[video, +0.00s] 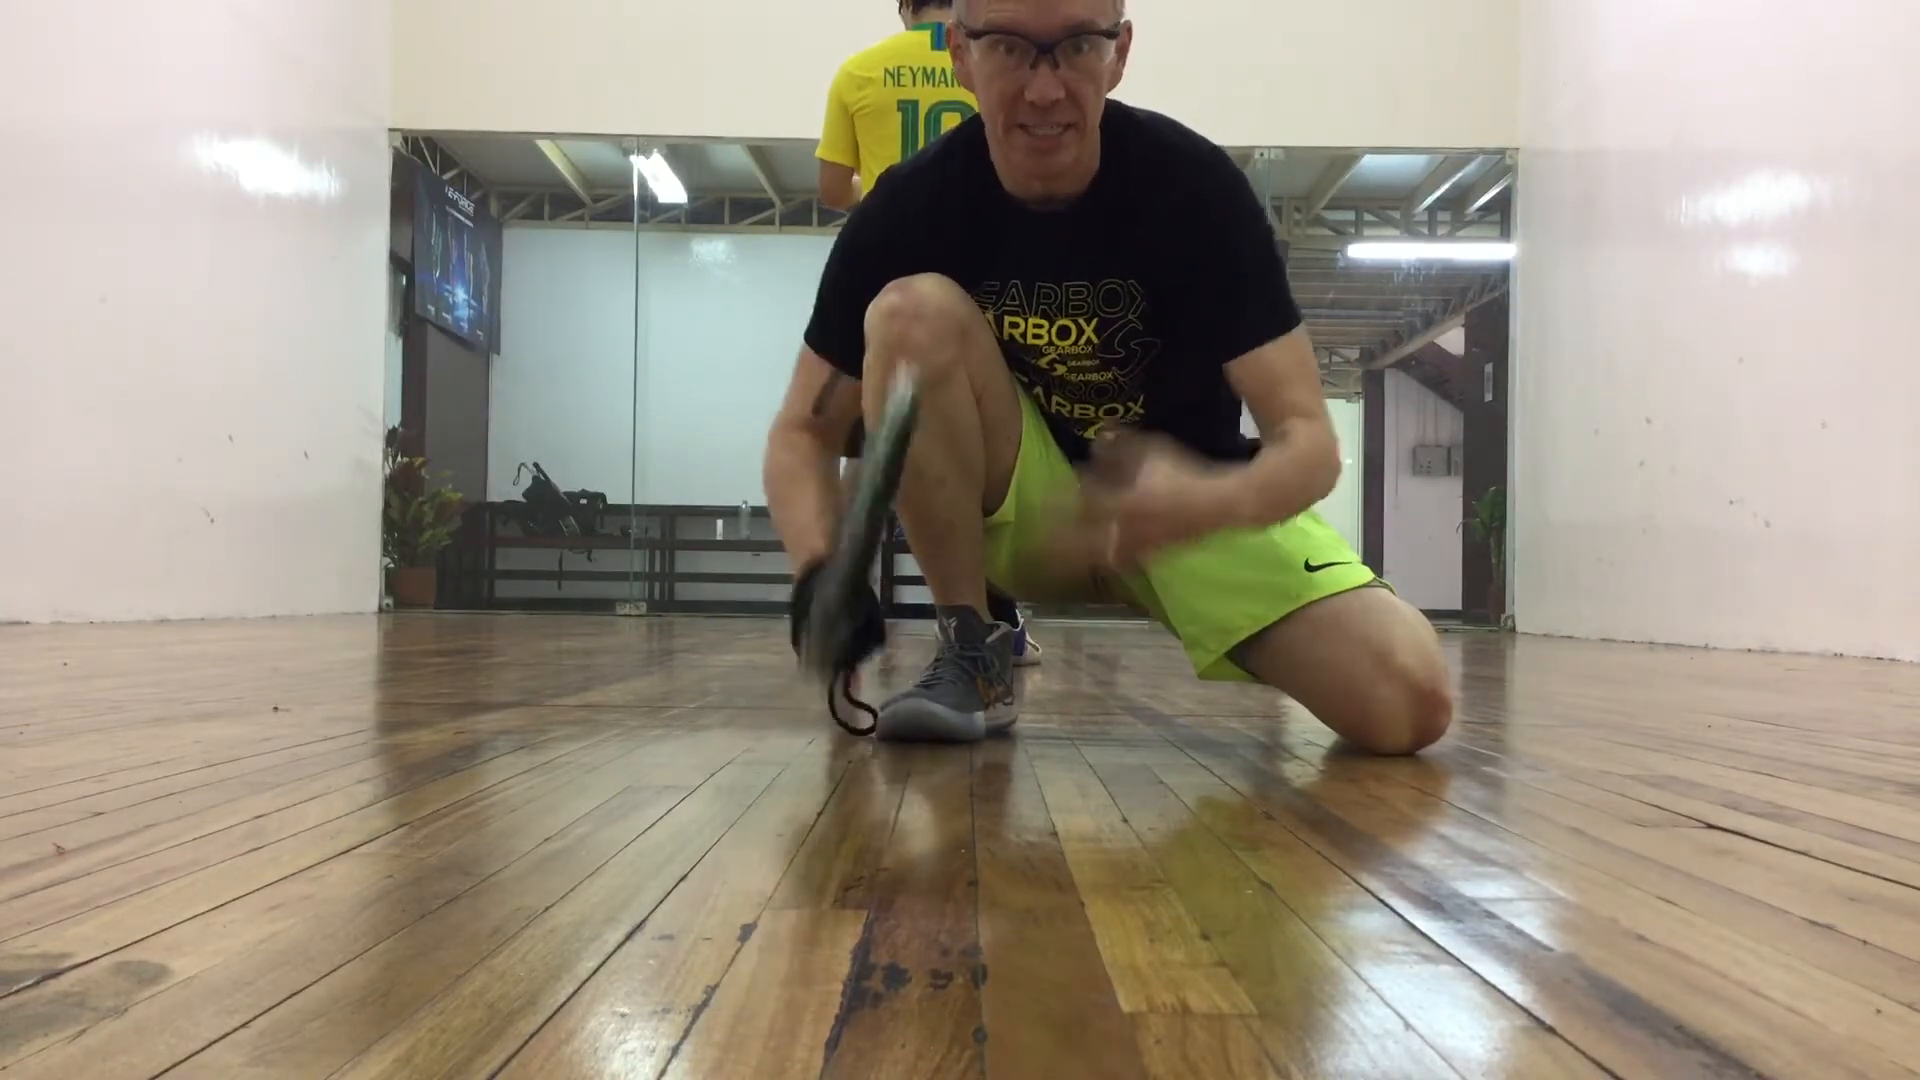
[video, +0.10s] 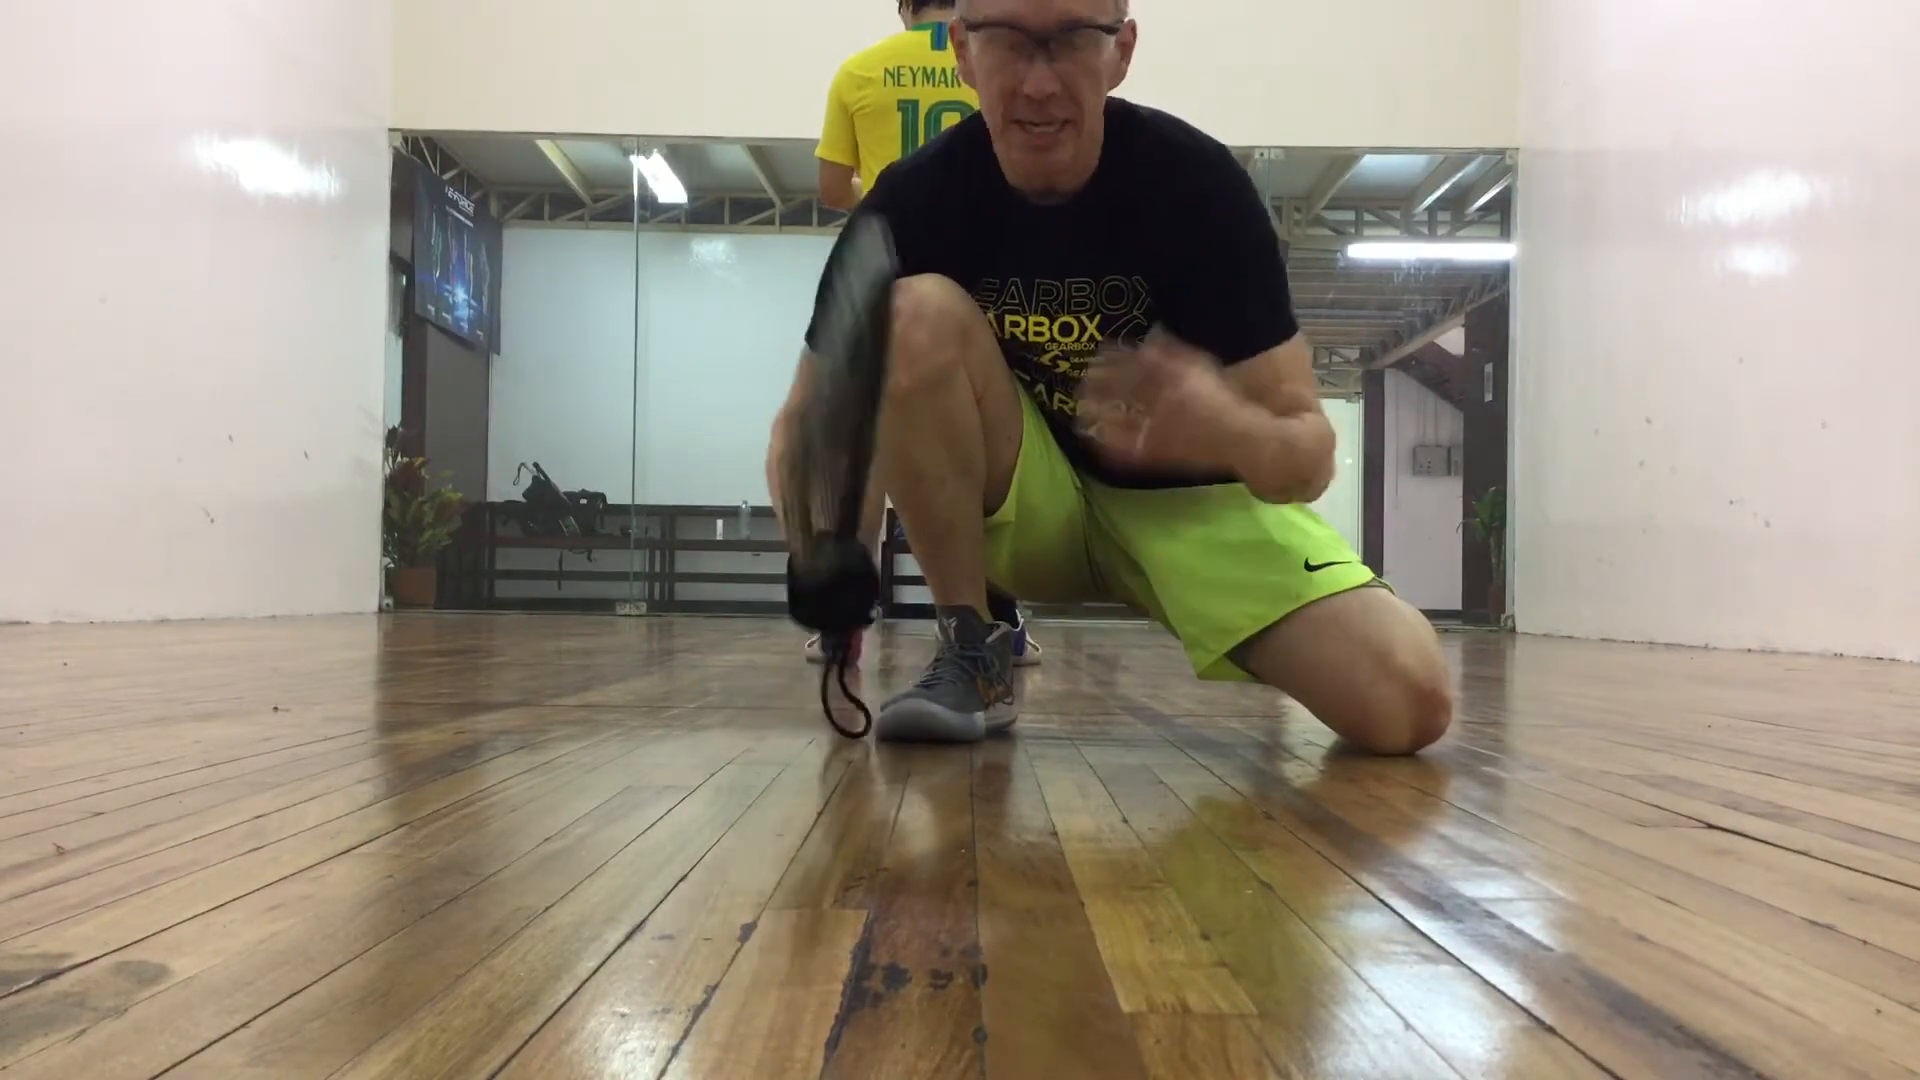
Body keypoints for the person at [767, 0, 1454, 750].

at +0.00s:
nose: (1046, 87)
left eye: (1076, 47)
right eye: (1011, 49)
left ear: (1120, 50)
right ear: (959, 52)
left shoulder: (1195, 187)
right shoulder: (906, 205)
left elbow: (1309, 444)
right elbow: (805, 431)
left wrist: (1203, 507)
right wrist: (822, 567)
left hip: (1192, 512)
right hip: (1019, 508)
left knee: (1408, 705)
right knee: (915, 313)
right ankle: (973, 643)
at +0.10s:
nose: (1038, 82)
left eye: (1069, 40)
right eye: (1009, 42)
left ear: (1121, 49)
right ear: (962, 49)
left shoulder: (1200, 185)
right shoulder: (913, 199)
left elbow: (1307, 457)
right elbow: (804, 423)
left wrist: (1227, 429)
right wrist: (828, 544)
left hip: (1189, 508)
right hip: (1022, 501)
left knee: (1409, 707)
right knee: (920, 313)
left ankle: (1245, 610)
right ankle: (974, 643)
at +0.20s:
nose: (1001, 75)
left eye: (1043, 42)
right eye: (986, 33)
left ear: (1120, 61)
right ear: (961, 33)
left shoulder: (1204, 185)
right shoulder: (916, 197)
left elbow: (1265, 490)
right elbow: (840, 398)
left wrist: (1253, 444)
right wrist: (829, 527)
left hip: (1193, 512)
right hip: (1028, 498)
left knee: (1410, 708)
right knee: (917, 316)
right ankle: (973, 646)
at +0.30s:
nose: (1019, 84)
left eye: (1060, 48)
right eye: (996, 42)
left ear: (1130, 58)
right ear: (964, 38)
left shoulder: (1203, 185)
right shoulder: (917, 195)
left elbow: (1255, 487)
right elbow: (842, 423)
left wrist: (1230, 487)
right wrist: (852, 545)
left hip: (1189, 512)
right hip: (1029, 497)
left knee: (1410, 712)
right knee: (917, 318)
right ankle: (967, 646)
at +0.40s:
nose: (1041, 90)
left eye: (1077, 49)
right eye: (1014, 48)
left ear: (1133, 53)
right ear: (971, 50)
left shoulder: (1205, 190)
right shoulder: (913, 202)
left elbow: (1242, 450)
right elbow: (844, 422)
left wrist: (1239, 540)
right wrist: (849, 569)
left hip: (1190, 514)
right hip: (1026, 502)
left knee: (1411, 711)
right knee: (918, 318)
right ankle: (972, 646)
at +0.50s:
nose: (1050, 93)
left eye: (1083, 53)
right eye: (1020, 53)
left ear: (1134, 53)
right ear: (972, 52)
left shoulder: (1207, 192)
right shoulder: (917, 201)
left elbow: (1245, 448)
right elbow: (843, 415)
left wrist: (1236, 542)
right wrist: (849, 590)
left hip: (1195, 511)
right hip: (1031, 502)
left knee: (1410, 711)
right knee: (918, 317)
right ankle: (968, 646)